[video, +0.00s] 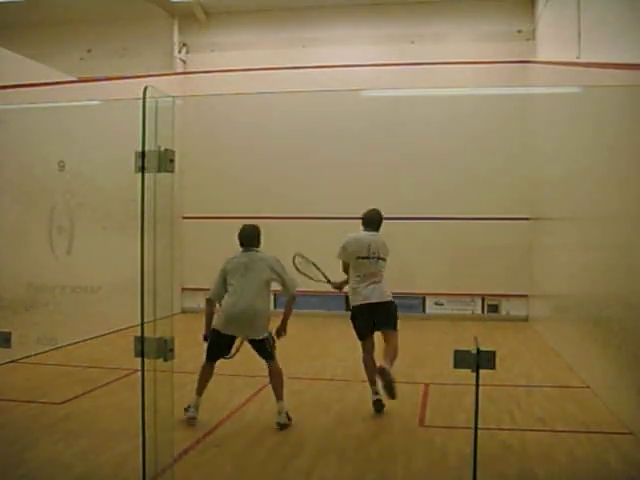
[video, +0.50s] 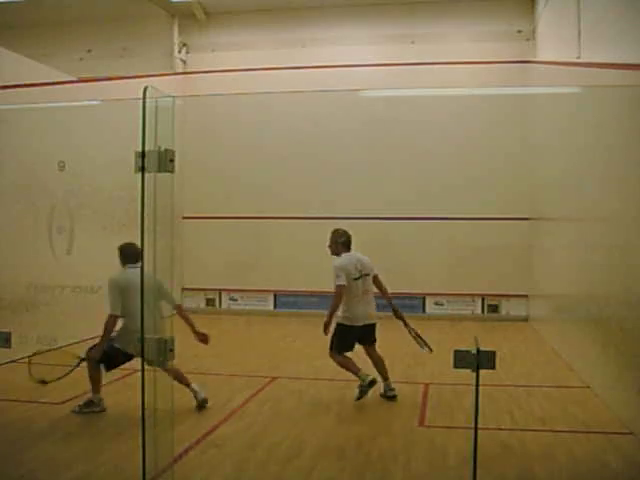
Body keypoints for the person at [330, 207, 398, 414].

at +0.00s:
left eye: (363, 220)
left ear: (362, 222)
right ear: (379, 225)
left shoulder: (350, 242)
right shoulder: (383, 245)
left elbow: (346, 270)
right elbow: (372, 272)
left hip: (360, 303)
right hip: (383, 301)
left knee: (367, 350)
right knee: (391, 341)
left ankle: (375, 394)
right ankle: (386, 367)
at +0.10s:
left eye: (356, 223)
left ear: (356, 228)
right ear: (374, 229)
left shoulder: (350, 247)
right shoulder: (381, 249)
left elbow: (342, 276)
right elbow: (372, 279)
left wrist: (349, 287)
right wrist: (342, 287)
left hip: (361, 309)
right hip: (385, 304)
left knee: (369, 354)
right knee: (404, 342)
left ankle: (381, 396)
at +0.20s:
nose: (352, 239)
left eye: (351, 235)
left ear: (351, 237)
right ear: (368, 236)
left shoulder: (347, 257)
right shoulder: (377, 254)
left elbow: (340, 287)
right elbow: (378, 283)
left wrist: (345, 305)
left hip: (362, 317)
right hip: (384, 312)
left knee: (373, 360)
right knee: (405, 346)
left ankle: (387, 401)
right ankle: (434, 380)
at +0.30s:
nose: (344, 242)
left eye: (344, 238)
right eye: (345, 238)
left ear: (345, 239)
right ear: (361, 238)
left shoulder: (344, 259)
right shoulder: (374, 256)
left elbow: (341, 289)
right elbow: (377, 283)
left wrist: (338, 314)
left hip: (361, 317)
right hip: (382, 312)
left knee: (371, 359)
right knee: (393, 347)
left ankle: (388, 398)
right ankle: (405, 383)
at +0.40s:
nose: (337, 247)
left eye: (338, 244)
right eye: (337, 243)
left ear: (344, 244)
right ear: (355, 242)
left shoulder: (344, 263)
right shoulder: (372, 259)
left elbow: (341, 293)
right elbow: (382, 289)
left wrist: (335, 320)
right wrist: (389, 312)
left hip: (356, 319)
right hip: (375, 316)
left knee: (354, 357)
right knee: (375, 349)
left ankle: (381, 384)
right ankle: (388, 387)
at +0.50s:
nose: (328, 246)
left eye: (331, 243)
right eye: (329, 243)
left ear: (338, 244)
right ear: (347, 244)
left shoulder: (340, 264)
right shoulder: (363, 260)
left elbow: (339, 293)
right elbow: (379, 284)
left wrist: (329, 319)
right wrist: (393, 307)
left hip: (349, 320)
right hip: (369, 318)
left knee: (335, 353)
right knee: (371, 349)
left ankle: (363, 377)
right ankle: (389, 386)